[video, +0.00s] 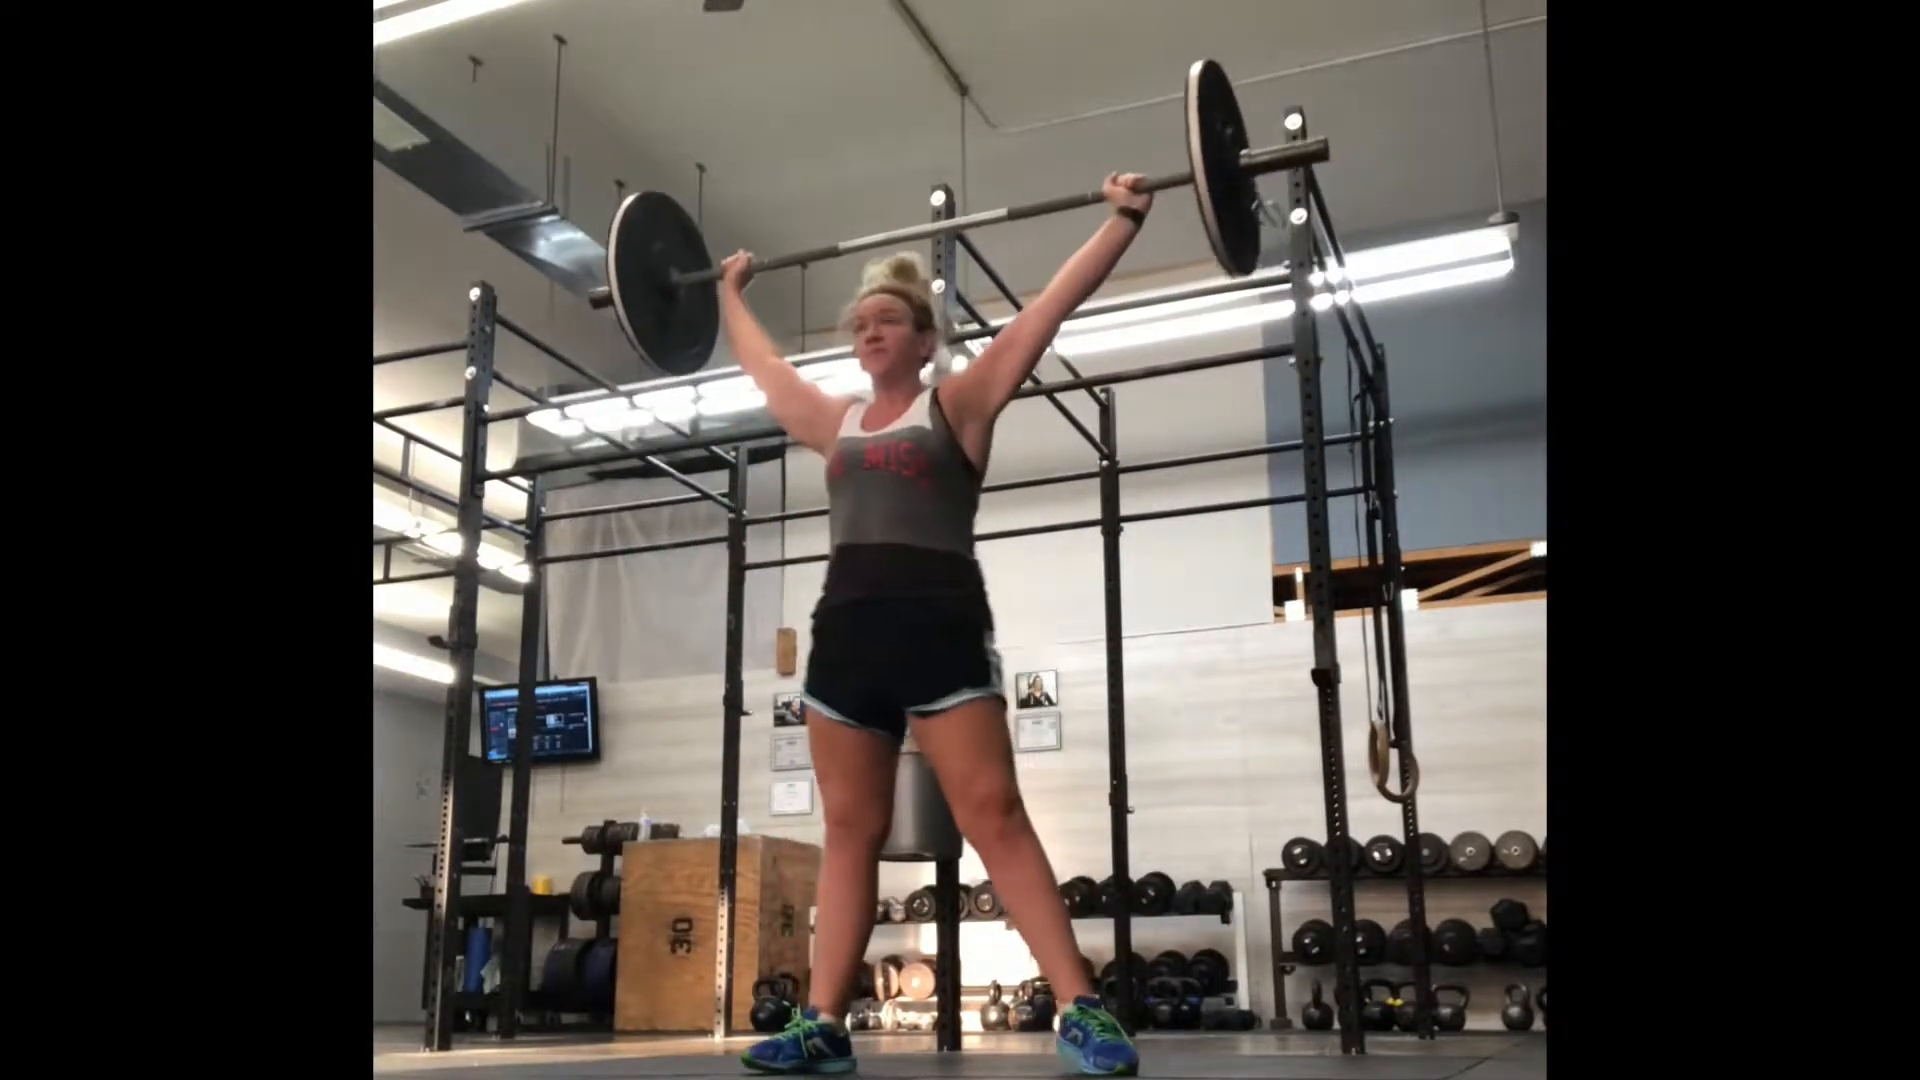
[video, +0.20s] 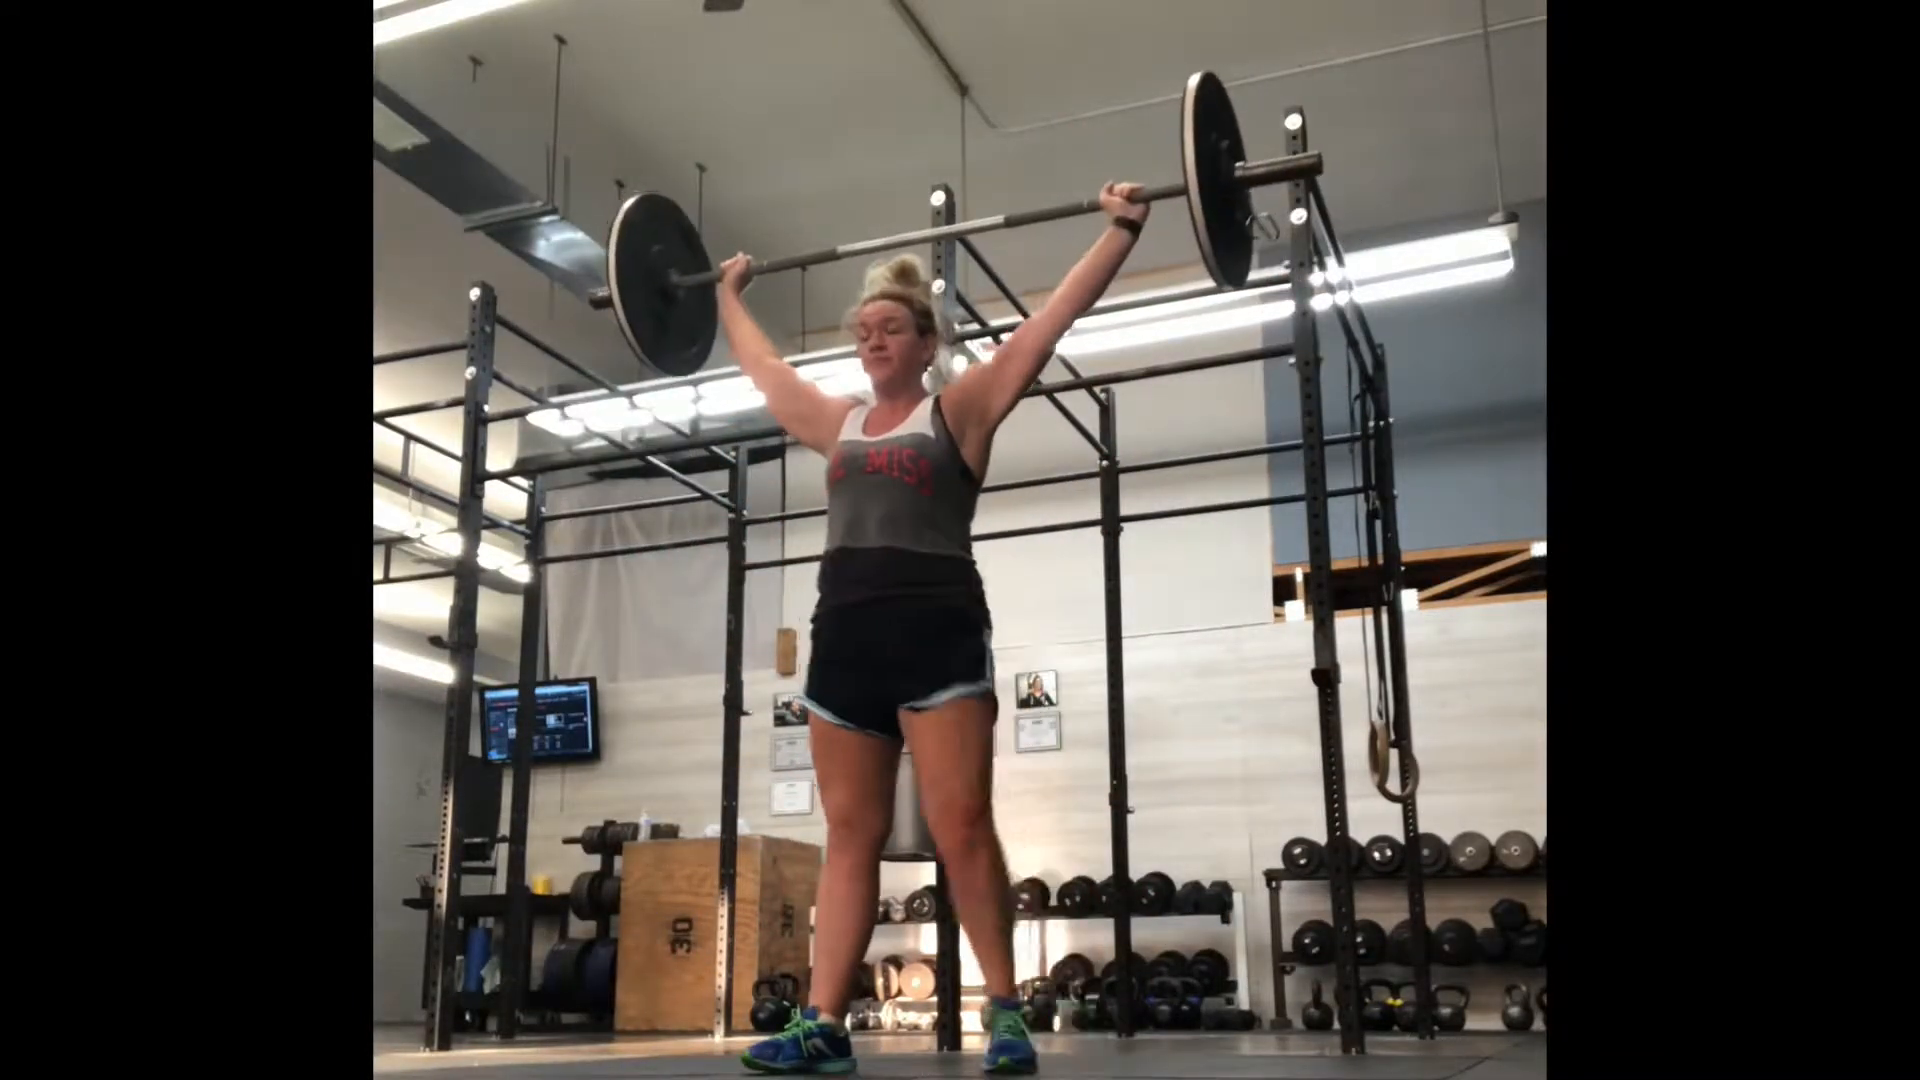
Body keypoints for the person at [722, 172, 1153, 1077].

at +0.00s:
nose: (872, 334)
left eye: (888, 322)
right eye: (862, 325)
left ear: (924, 335)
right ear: (851, 341)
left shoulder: (960, 400)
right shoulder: (838, 423)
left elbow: (1047, 309)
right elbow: (767, 368)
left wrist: (1122, 219)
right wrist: (728, 291)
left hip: (942, 631)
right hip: (845, 637)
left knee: (994, 815)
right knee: (847, 830)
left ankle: (1075, 1004)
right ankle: (821, 1021)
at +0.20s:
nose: (875, 341)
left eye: (890, 329)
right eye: (864, 331)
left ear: (926, 340)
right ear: (853, 344)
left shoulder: (960, 407)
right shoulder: (840, 423)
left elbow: (1046, 324)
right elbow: (766, 370)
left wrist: (1120, 229)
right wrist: (726, 293)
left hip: (939, 633)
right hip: (844, 640)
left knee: (961, 831)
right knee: (848, 836)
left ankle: (1003, 1008)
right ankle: (820, 1022)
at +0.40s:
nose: (754, 616)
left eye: (772, 601)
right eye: (746, 604)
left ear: (817, 616)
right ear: (740, 618)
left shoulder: (877, 675)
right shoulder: (754, 701)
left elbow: (962, 796)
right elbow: (718, 818)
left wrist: (1039, 899)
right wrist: (663, 914)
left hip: (923, 790)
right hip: (840, 802)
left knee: (941, 834)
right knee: (739, 847)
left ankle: (972, 1007)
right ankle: (793, 1014)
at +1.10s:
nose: (751, 527)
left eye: (770, 512)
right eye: (746, 512)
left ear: (815, 528)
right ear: (742, 521)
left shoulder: (875, 592)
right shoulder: (757, 614)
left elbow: (956, 704)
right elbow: (719, 712)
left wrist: (1028, 803)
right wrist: (656, 816)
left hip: (935, 715)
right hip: (847, 729)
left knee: (946, 832)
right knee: (775, 838)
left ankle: (978, 1007)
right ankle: (789, 1012)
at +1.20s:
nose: (756, 472)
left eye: (773, 459)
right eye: (756, 460)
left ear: (820, 472)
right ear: (757, 476)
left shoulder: (875, 545)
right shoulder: (762, 566)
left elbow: (969, 633)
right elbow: (709, 662)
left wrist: (1021, 738)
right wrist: (650, 754)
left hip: (934, 697)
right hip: (845, 712)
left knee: (949, 822)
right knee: (770, 834)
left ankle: (978, 1006)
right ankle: (790, 1011)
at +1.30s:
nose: (797, 398)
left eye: (813, 386)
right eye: (794, 389)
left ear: (853, 400)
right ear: (792, 406)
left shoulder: (894, 479)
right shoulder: (778, 504)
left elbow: (997, 534)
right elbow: (695, 576)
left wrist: (1009, 625)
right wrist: (642, 650)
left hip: (922, 679)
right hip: (830, 690)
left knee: (933, 822)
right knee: (758, 835)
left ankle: (973, 1002)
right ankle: (784, 1007)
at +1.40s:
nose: (833, 337)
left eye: (850, 326)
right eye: (827, 328)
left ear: (885, 344)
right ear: (818, 349)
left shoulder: (914, 405)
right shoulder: (797, 437)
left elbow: (1009, 435)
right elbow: (711, 480)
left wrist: (1009, 476)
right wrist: (641, 519)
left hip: (905, 619)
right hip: (815, 628)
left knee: (932, 799)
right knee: (780, 807)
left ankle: (977, 987)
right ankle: (772, 983)